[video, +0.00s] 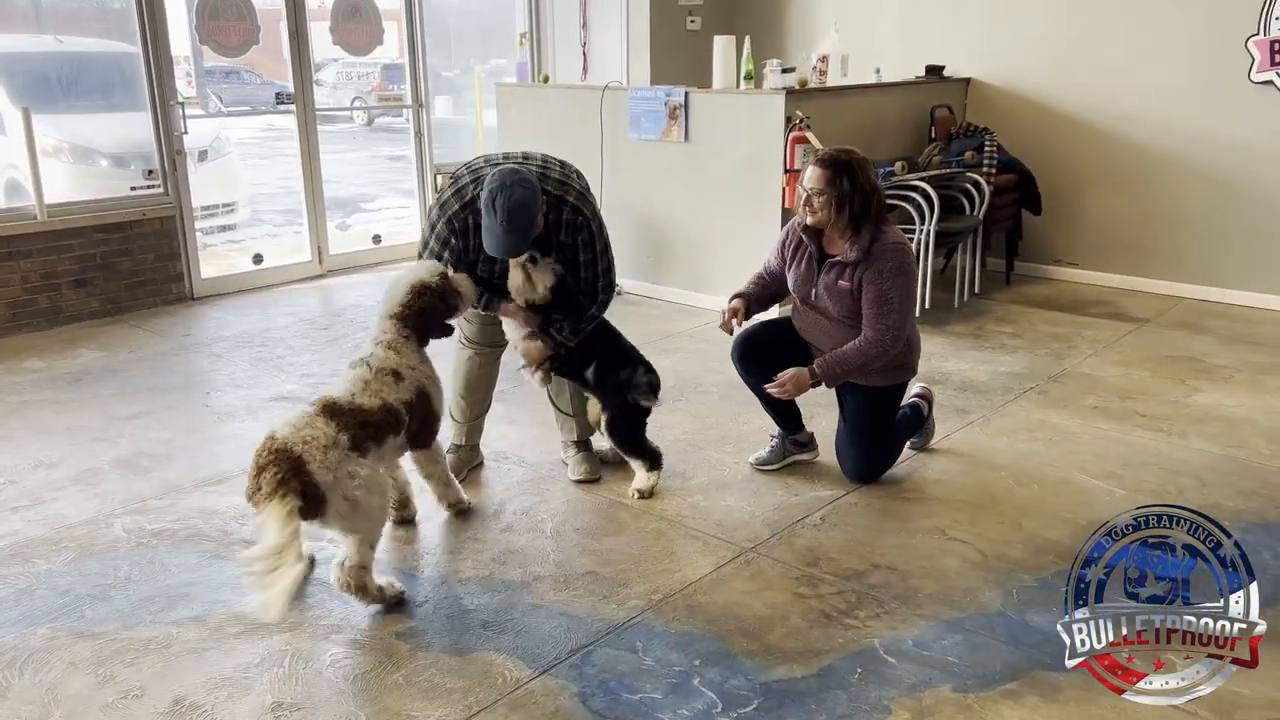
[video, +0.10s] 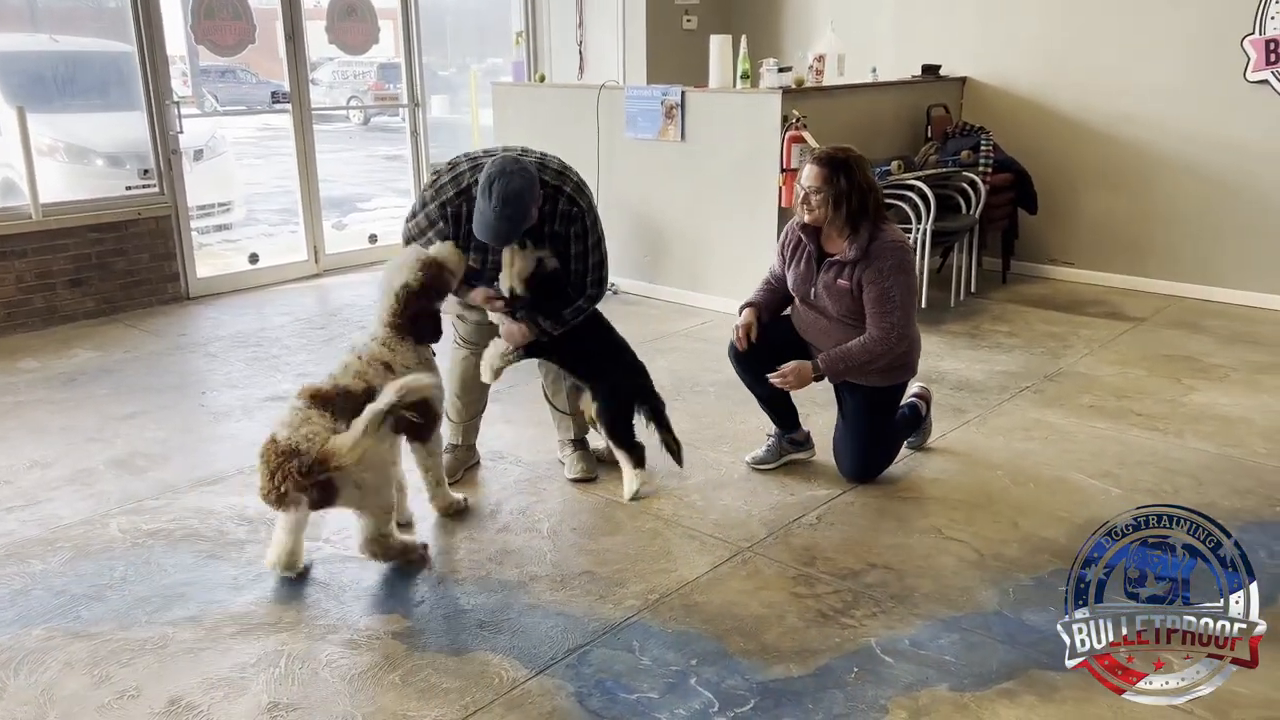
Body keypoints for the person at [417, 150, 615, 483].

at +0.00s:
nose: (512, 255)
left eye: (521, 247)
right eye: (503, 249)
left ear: (540, 216)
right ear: (482, 212)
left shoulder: (576, 209)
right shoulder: (454, 208)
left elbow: (599, 290)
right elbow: (432, 275)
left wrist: (549, 342)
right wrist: (501, 307)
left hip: (556, 262)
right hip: (482, 264)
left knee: (562, 349)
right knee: (477, 343)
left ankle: (577, 445)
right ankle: (463, 446)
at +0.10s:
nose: (504, 244)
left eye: (515, 235)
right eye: (494, 237)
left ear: (536, 205)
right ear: (480, 197)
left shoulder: (573, 202)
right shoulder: (446, 193)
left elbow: (592, 287)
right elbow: (415, 250)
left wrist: (533, 328)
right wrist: (466, 291)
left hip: (549, 278)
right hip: (476, 277)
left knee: (560, 354)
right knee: (467, 353)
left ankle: (573, 444)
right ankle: (459, 447)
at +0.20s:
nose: (498, 232)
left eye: (507, 224)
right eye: (488, 223)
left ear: (531, 196)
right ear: (475, 181)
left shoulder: (569, 199)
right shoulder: (444, 175)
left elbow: (587, 286)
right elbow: (393, 219)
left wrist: (530, 327)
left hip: (543, 280)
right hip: (469, 274)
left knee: (556, 362)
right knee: (466, 356)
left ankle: (570, 444)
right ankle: (457, 447)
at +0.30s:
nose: (485, 212)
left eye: (497, 207)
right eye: (478, 202)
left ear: (525, 187)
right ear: (470, 174)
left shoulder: (562, 193)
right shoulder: (443, 169)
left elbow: (588, 278)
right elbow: (380, 215)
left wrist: (532, 319)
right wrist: (332, 275)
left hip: (539, 289)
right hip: (470, 280)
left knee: (551, 366)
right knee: (464, 355)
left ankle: (568, 446)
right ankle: (454, 446)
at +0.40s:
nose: (494, 200)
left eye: (504, 193)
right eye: (485, 191)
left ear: (524, 169)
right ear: (469, 166)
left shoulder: (555, 182)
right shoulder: (440, 168)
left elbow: (588, 266)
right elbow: (380, 221)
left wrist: (531, 301)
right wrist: (320, 265)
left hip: (537, 282)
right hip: (472, 278)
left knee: (550, 360)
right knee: (461, 352)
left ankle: (570, 449)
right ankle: (452, 446)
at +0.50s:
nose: (486, 188)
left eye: (496, 179)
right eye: (475, 179)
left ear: (514, 157)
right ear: (456, 158)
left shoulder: (546, 167)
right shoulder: (430, 162)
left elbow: (581, 253)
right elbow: (368, 218)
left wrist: (524, 286)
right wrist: (353, 264)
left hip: (536, 279)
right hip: (465, 278)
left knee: (548, 362)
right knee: (462, 347)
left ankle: (564, 447)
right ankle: (450, 451)